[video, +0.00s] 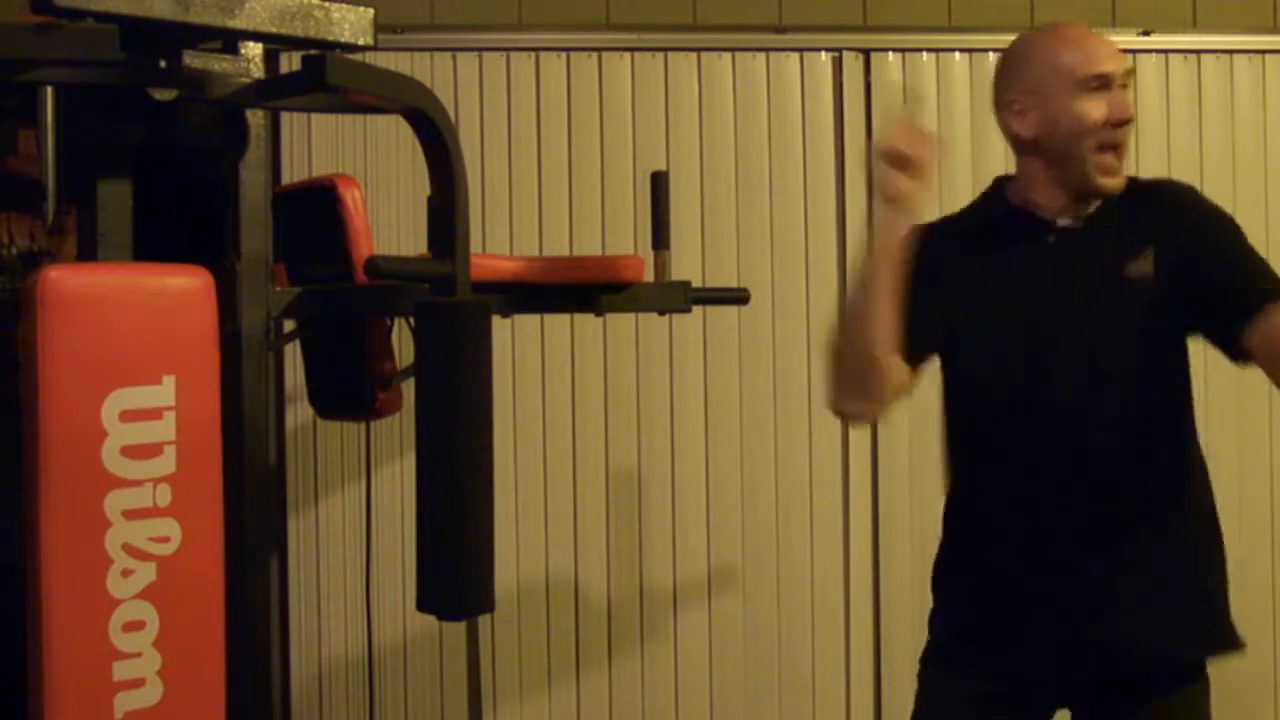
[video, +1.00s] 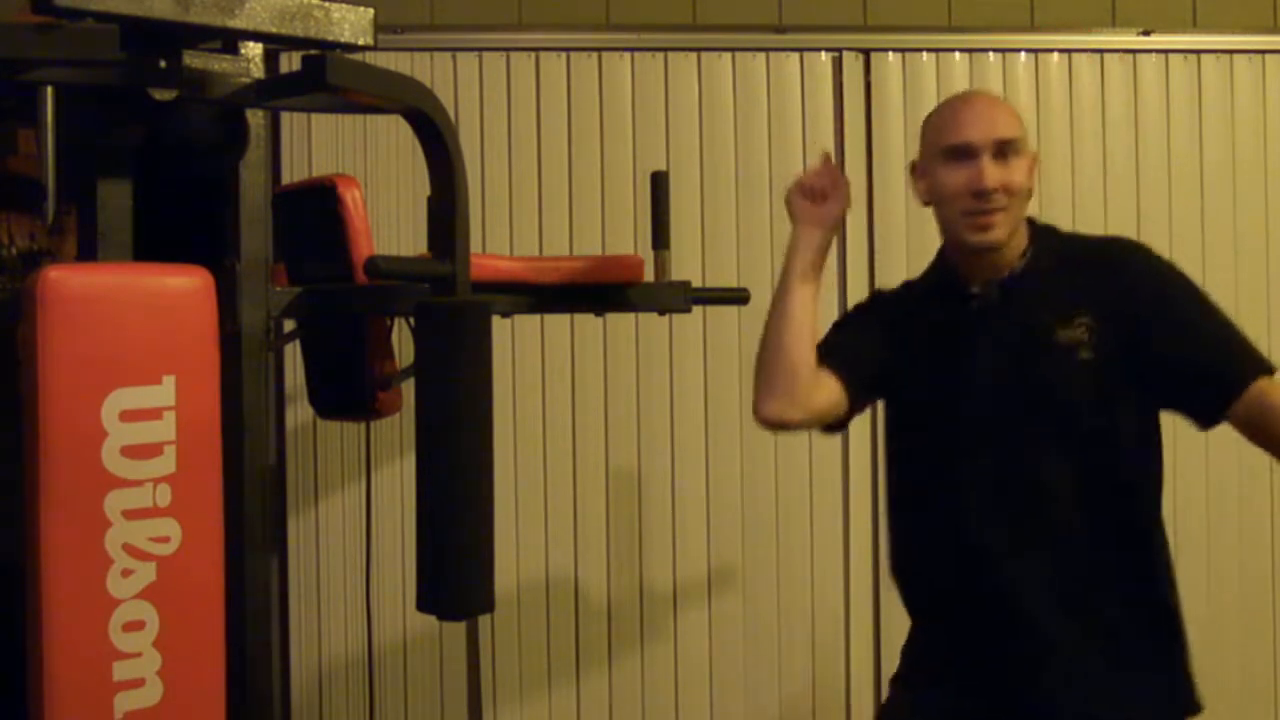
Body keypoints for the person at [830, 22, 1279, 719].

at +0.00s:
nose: (1124, 111)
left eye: (1125, 86)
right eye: (1095, 89)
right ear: (1021, 115)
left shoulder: (1171, 223)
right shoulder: (947, 251)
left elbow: (1268, 339)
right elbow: (858, 395)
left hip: (1147, 619)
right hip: (991, 623)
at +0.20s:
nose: (1077, 155)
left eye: (1080, 131)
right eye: (1048, 137)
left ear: (1090, 133)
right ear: (977, 161)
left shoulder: (1166, 259)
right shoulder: (931, 296)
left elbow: (1275, 378)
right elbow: (802, 384)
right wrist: (828, 226)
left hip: (1150, 671)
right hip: (982, 675)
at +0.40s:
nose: (1088, 145)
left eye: (1088, 121)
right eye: (1058, 126)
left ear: (1096, 124)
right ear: (985, 151)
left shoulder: (1158, 252)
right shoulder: (936, 285)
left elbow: (1272, 361)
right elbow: (835, 394)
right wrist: (859, 225)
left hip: (1149, 665)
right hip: (983, 670)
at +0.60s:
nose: (1125, 115)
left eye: (1127, 92)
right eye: (1093, 95)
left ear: (1135, 100)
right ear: (1025, 120)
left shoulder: (1165, 222)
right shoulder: (945, 248)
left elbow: (1258, 332)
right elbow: (862, 405)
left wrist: (1175, 380)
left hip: (1138, 614)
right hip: (984, 617)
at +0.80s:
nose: (1050, 124)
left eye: (1067, 100)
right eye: (1023, 102)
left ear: (1087, 114)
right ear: (977, 123)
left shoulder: (1150, 230)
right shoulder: (928, 256)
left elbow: (1261, 357)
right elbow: (828, 384)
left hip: (1132, 623)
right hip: (974, 626)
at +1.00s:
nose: (986, 178)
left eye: (1003, 155)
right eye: (959, 159)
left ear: (1031, 170)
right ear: (921, 182)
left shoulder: (1120, 280)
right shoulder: (897, 322)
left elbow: (1262, 406)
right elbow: (782, 404)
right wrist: (811, 236)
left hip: (1120, 673)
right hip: (955, 678)